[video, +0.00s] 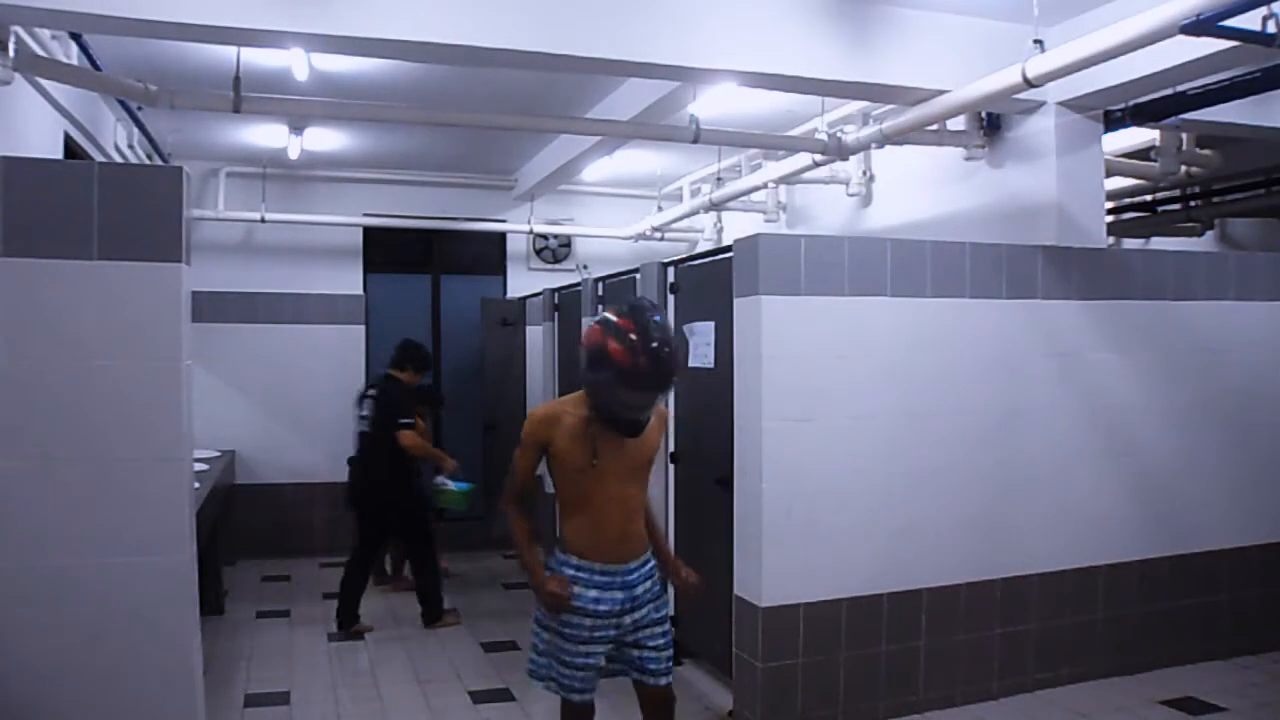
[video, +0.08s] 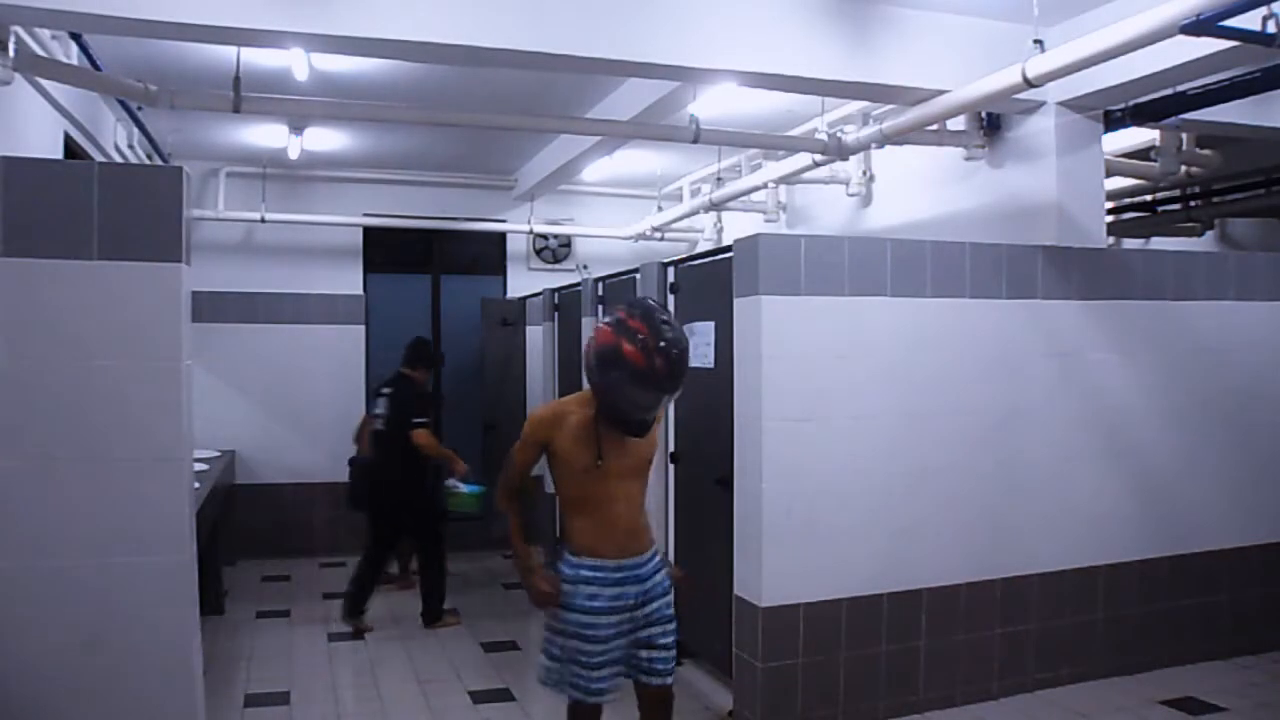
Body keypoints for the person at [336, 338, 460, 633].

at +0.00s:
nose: (420, 381)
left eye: (421, 375)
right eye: (420, 375)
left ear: (395, 364)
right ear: (411, 370)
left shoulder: (370, 390)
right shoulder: (401, 394)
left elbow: (373, 437)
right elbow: (407, 439)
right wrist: (441, 458)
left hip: (368, 481)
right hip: (398, 484)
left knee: (366, 549)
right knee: (421, 544)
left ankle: (347, 619)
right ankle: (433, 612)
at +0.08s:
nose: (431, 376)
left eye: (431, 370)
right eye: (430, 370)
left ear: (406, 363)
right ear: (424, 368)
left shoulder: (385, 389)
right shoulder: (419, 393)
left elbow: (364, 433)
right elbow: (421, 438)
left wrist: (373, 460)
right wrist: (451, 460)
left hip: (386, 482)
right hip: (417, 484)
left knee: (380, 546)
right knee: (432, 545)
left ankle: (353, 610)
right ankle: (433, 612)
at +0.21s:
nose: (449, 370)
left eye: (449, 364)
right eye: (449, 365)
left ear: (420, 358)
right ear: (444, 365)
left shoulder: (395, 389)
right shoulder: (436, 391)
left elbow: (381, 427)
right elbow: (443, 434)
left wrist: (386, 460)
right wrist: (472, 463)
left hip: (399, 477)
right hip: (431, 478)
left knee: (411, 537)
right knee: (439, 541)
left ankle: (388, 589)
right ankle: (434, 613)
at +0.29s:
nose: (458, 368)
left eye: (457, 362)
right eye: (457, 363)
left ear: (428, 357)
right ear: (454, 364)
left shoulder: (407, 386)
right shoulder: (446, 391)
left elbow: (391, 430)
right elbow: (457, 432)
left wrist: (391, 466)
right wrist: (484, 465)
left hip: (411, 475)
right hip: (441, 477)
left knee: (426, 536)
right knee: (442, 540)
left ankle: (430, 604)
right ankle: (434, 612)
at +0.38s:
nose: (465, 368)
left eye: (463, 363)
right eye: (464, 364)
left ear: (435, 358)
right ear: (461, 364)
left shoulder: (415, 388)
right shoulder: (457, 392)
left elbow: (395, 429)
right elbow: (471, 433)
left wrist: (391, 466)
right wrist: (493, 468)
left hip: (420, 473)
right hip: (449, 475)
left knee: (440, 539)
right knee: (443, 542)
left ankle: (450, 600)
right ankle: (434, 611)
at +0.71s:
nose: (483, 365)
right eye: (483, 360)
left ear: (457, 358)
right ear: (483, 361)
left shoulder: (439, 389)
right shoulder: (483, 391)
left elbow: (428, 431)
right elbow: (493, 431)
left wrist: (424, 464)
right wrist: (512, 469)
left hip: (449, 471)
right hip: (479, 471)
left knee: (464, 530)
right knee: (484, 530)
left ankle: (480, 593)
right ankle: (458, 589)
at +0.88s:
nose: (492, 365)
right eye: (492, 359)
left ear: (467, 358)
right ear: (492, 361)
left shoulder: (448, 386)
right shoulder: (492, 389)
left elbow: (439, 427)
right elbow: (501, 429)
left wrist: (450, 451)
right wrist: (518, 463)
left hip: (459, 468)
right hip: (489, 469)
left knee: (469, 529)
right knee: (499, 527)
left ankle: (477, 590)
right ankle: (499, 584)